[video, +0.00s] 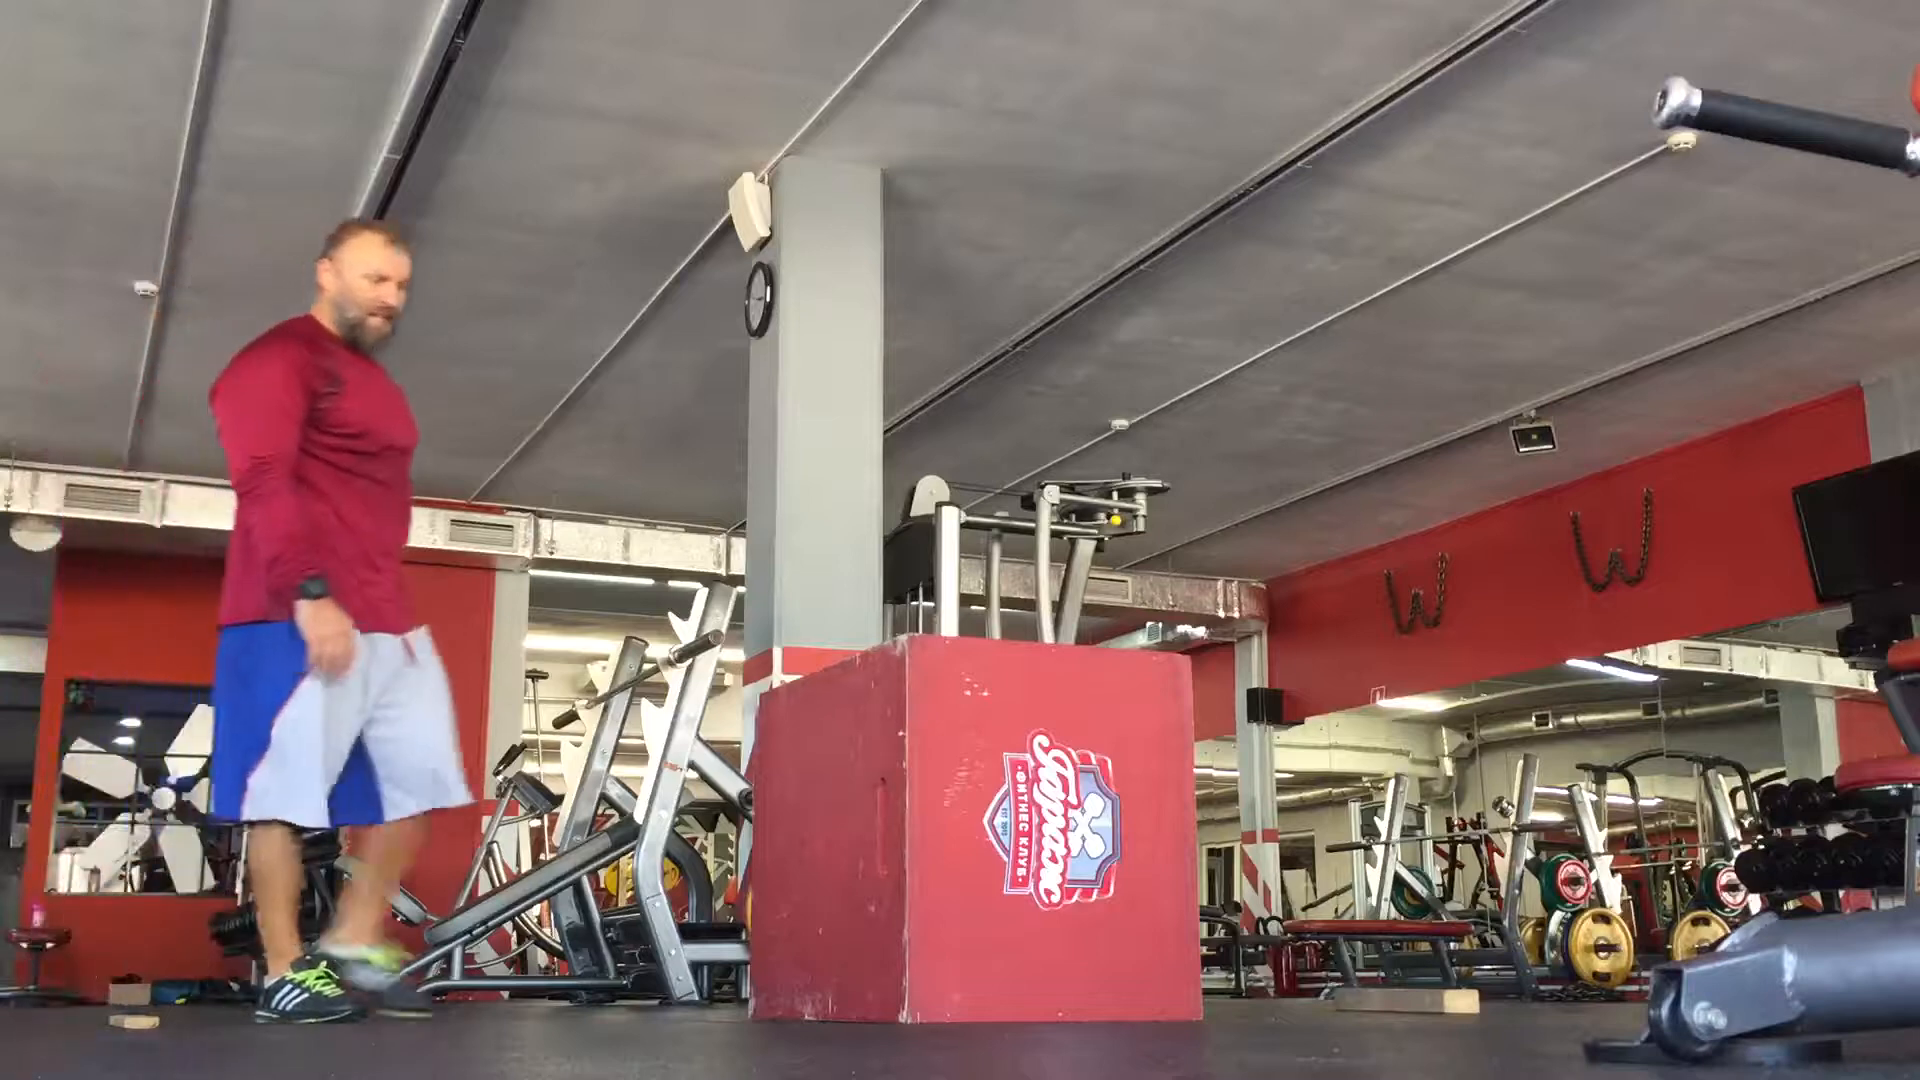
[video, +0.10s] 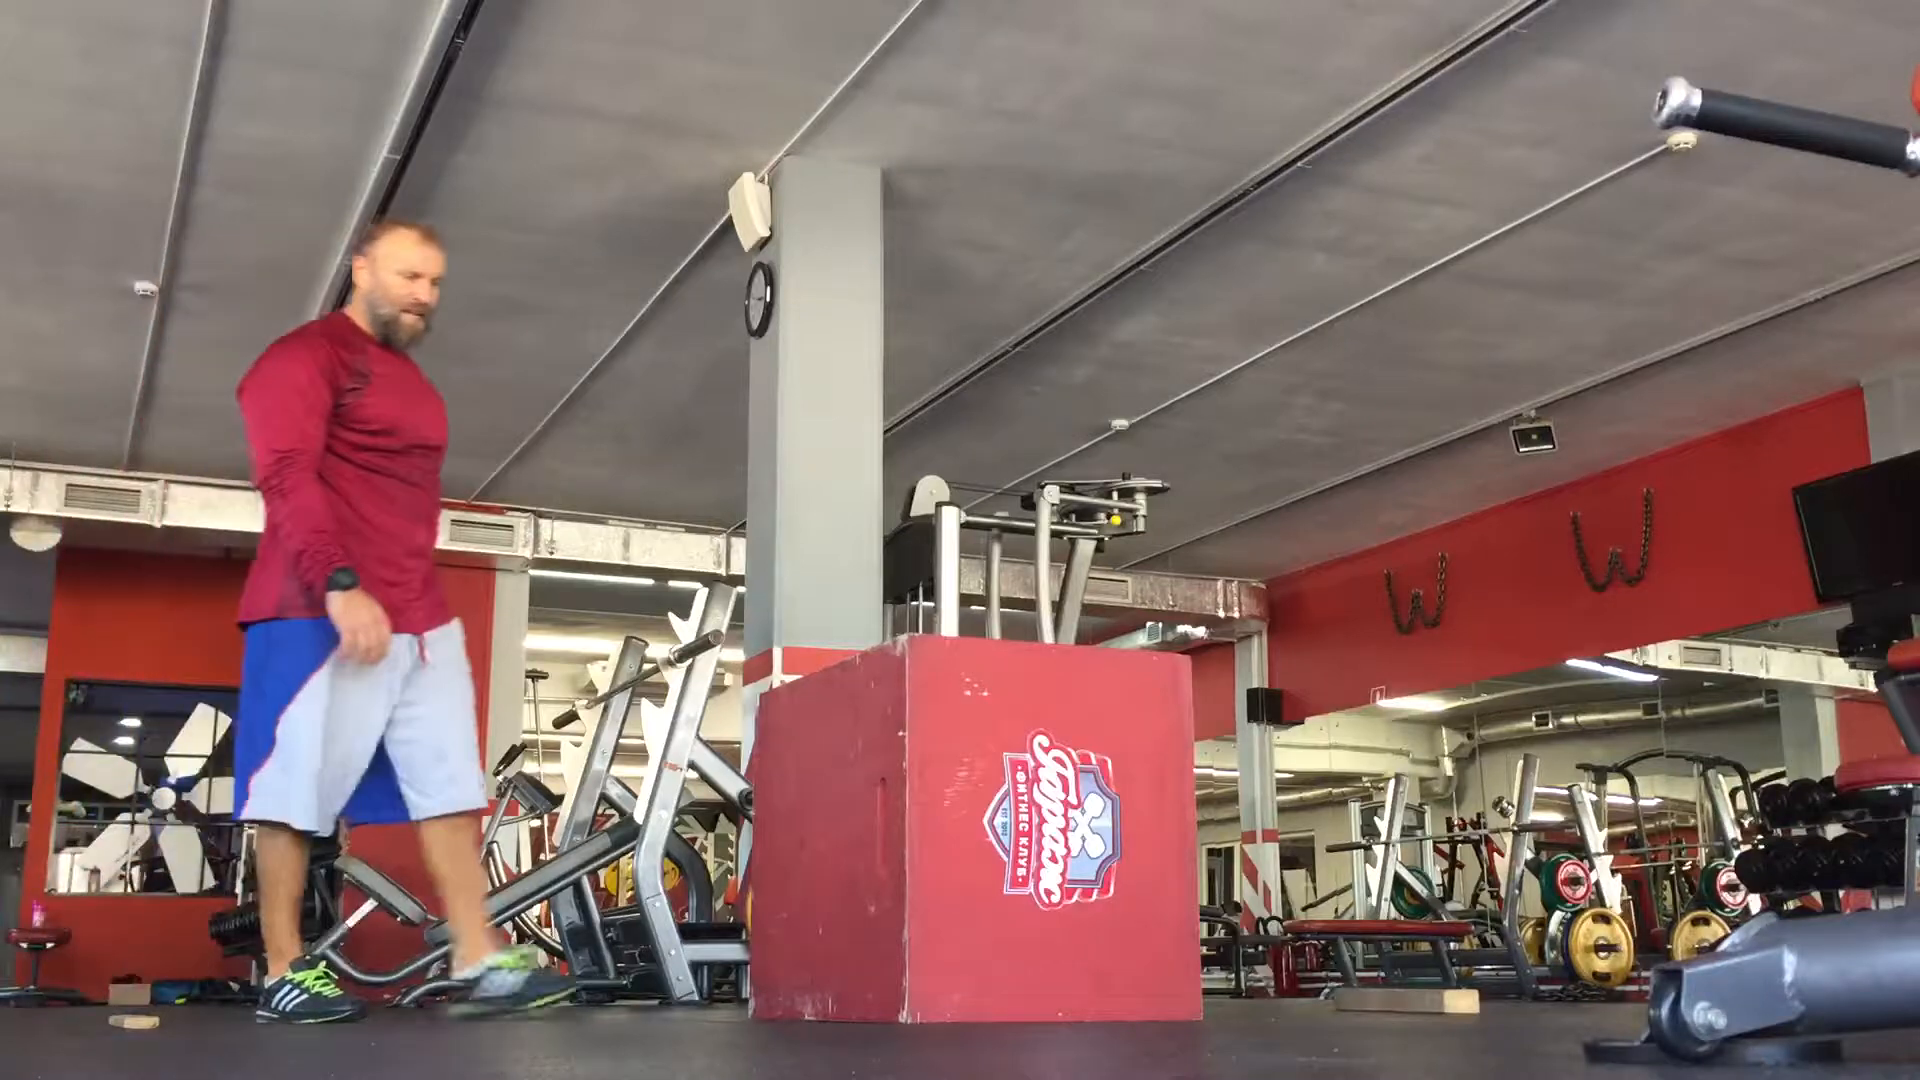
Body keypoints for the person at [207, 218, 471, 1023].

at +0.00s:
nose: (392, 297)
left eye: (401, 285)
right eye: (377, 279)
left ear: (404, 292)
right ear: (327, 275)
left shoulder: (371, 378)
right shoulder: (278, 361)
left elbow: (353, 505)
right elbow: (265, 485)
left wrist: (391, 616)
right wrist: (309, 593)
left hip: (377, 619)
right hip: (289, 616)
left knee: (415, 783)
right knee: (278, 795)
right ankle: (283, 972)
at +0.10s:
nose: (426, 294)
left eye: (435, 284)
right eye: (411, 275)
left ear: (438, 294)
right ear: (360, 270)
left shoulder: (412, 383)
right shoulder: (302, 359)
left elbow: (396, 500)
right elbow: (287, 476)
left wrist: (415, 598)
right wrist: (340, 583)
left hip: (420, 611)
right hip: (315, 610)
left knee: (448, 786)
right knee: (289, 794)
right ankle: (283, 973)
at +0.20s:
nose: (462, 294)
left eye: (471, 282)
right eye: (446, 275)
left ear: (473, 290)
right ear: (397, 271)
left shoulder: (449, 381)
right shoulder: (334, 360)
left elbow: (442, 496)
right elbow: (312, 476)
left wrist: (466, 584)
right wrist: (358, 582)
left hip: (453, 613)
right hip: (348, 612)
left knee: (473, 783)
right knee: (314, 791)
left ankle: (523, 957)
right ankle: (286, 970)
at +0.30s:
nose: (498, 290)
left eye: (508, 278)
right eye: (482, 271)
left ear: (510, 289)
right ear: (432, 267)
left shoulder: (503, 391)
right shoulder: (367, 356)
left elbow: (507, 508)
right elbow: (337, 470)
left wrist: (524, 605)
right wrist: (359, 580)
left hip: (499, 617)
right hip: (391, 612)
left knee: (516, 786)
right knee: (337, 785)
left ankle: (536, 967)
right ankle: (294, 963)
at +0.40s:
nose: (536, 278)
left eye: (548, 267)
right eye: (521, 259)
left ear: (554, 279)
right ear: (472, 256)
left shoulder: (553, 387)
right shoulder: (404, 343)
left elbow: (565, 513)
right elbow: (359, 452)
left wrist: (586, 626)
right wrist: (354, 570)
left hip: (533, 613)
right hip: (431, 603)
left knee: (540, 784)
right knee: (410, 780)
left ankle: (534, 968)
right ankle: (324, 931)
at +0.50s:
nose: (568, 269)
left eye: (579, 256)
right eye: (552, 249)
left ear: (584, 268)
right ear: (503, 245)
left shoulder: (588, 376)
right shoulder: (429, 334)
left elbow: (610, 499)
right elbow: (376, 439)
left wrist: (644, 613)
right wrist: (355, 559)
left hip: (556, 599)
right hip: (451, 583)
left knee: (557, 771)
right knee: (463, 759)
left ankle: (534, 965)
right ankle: (387, 892)